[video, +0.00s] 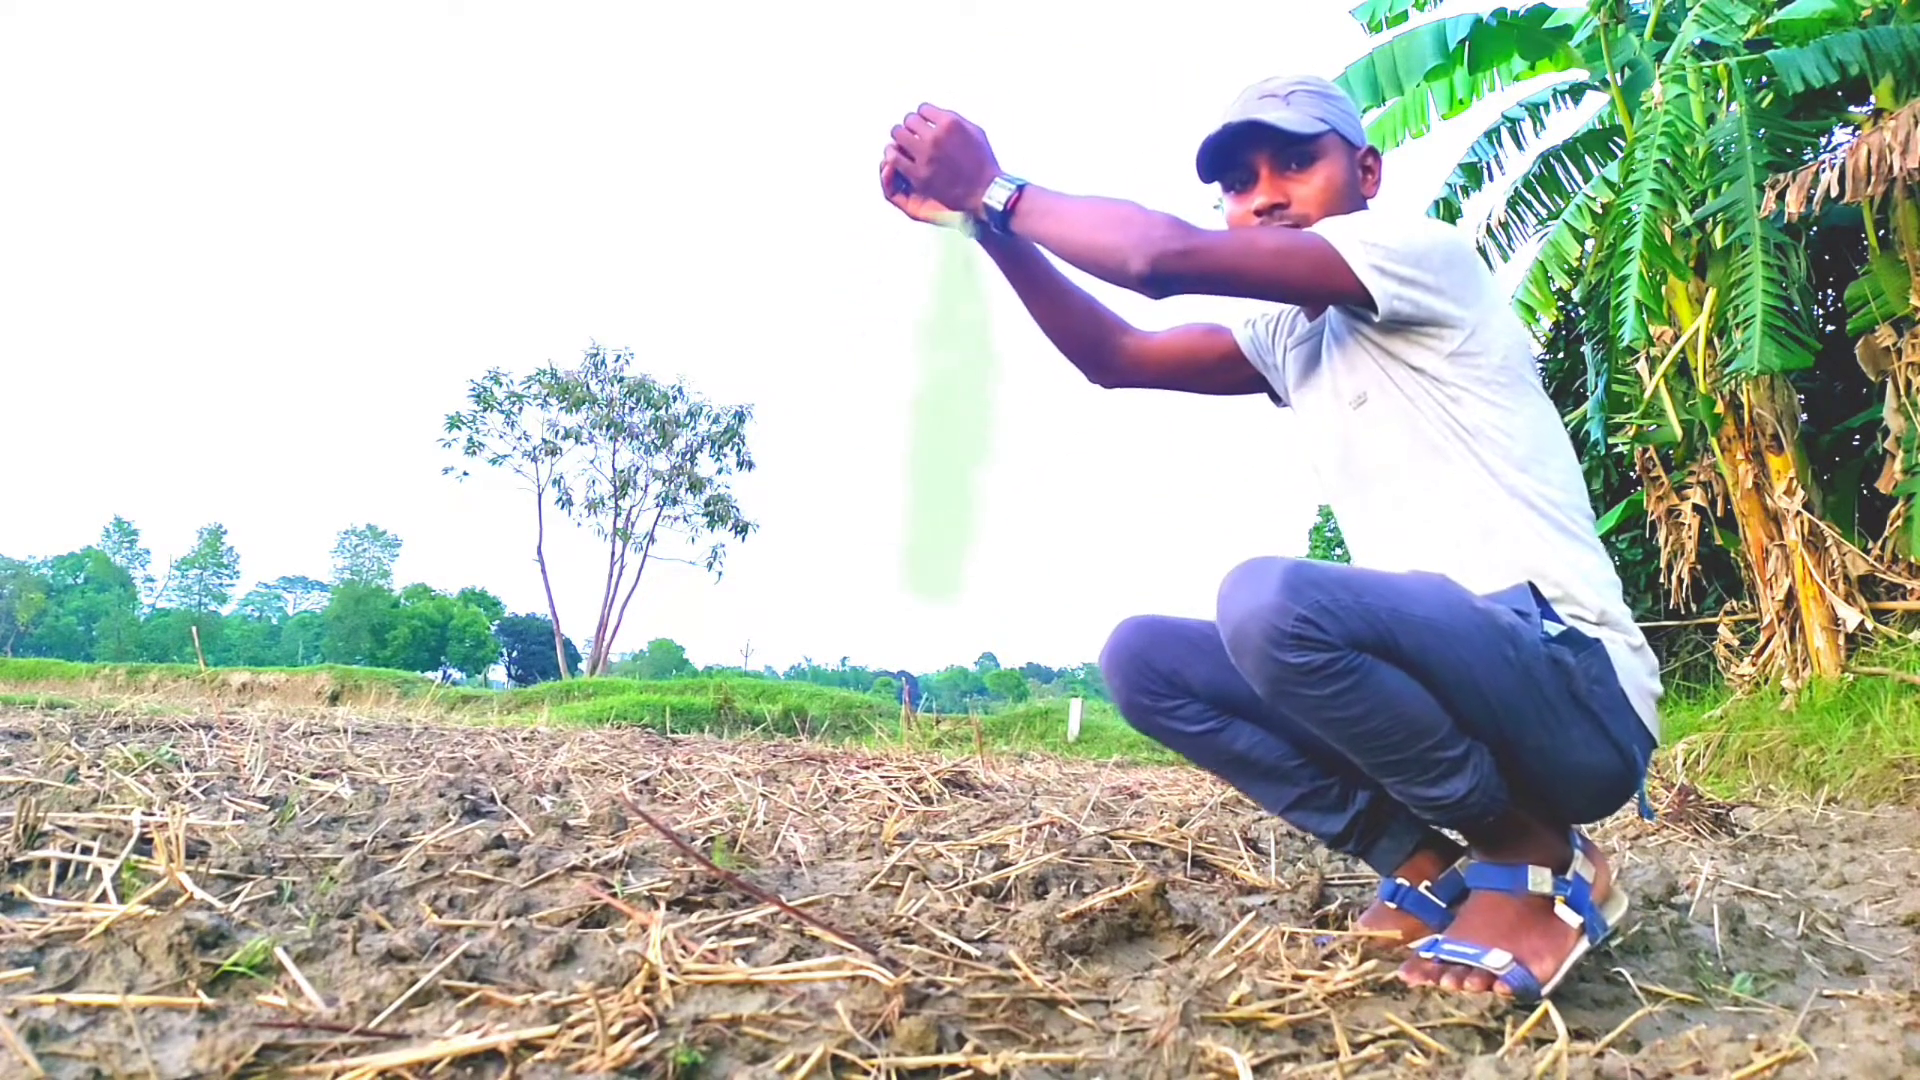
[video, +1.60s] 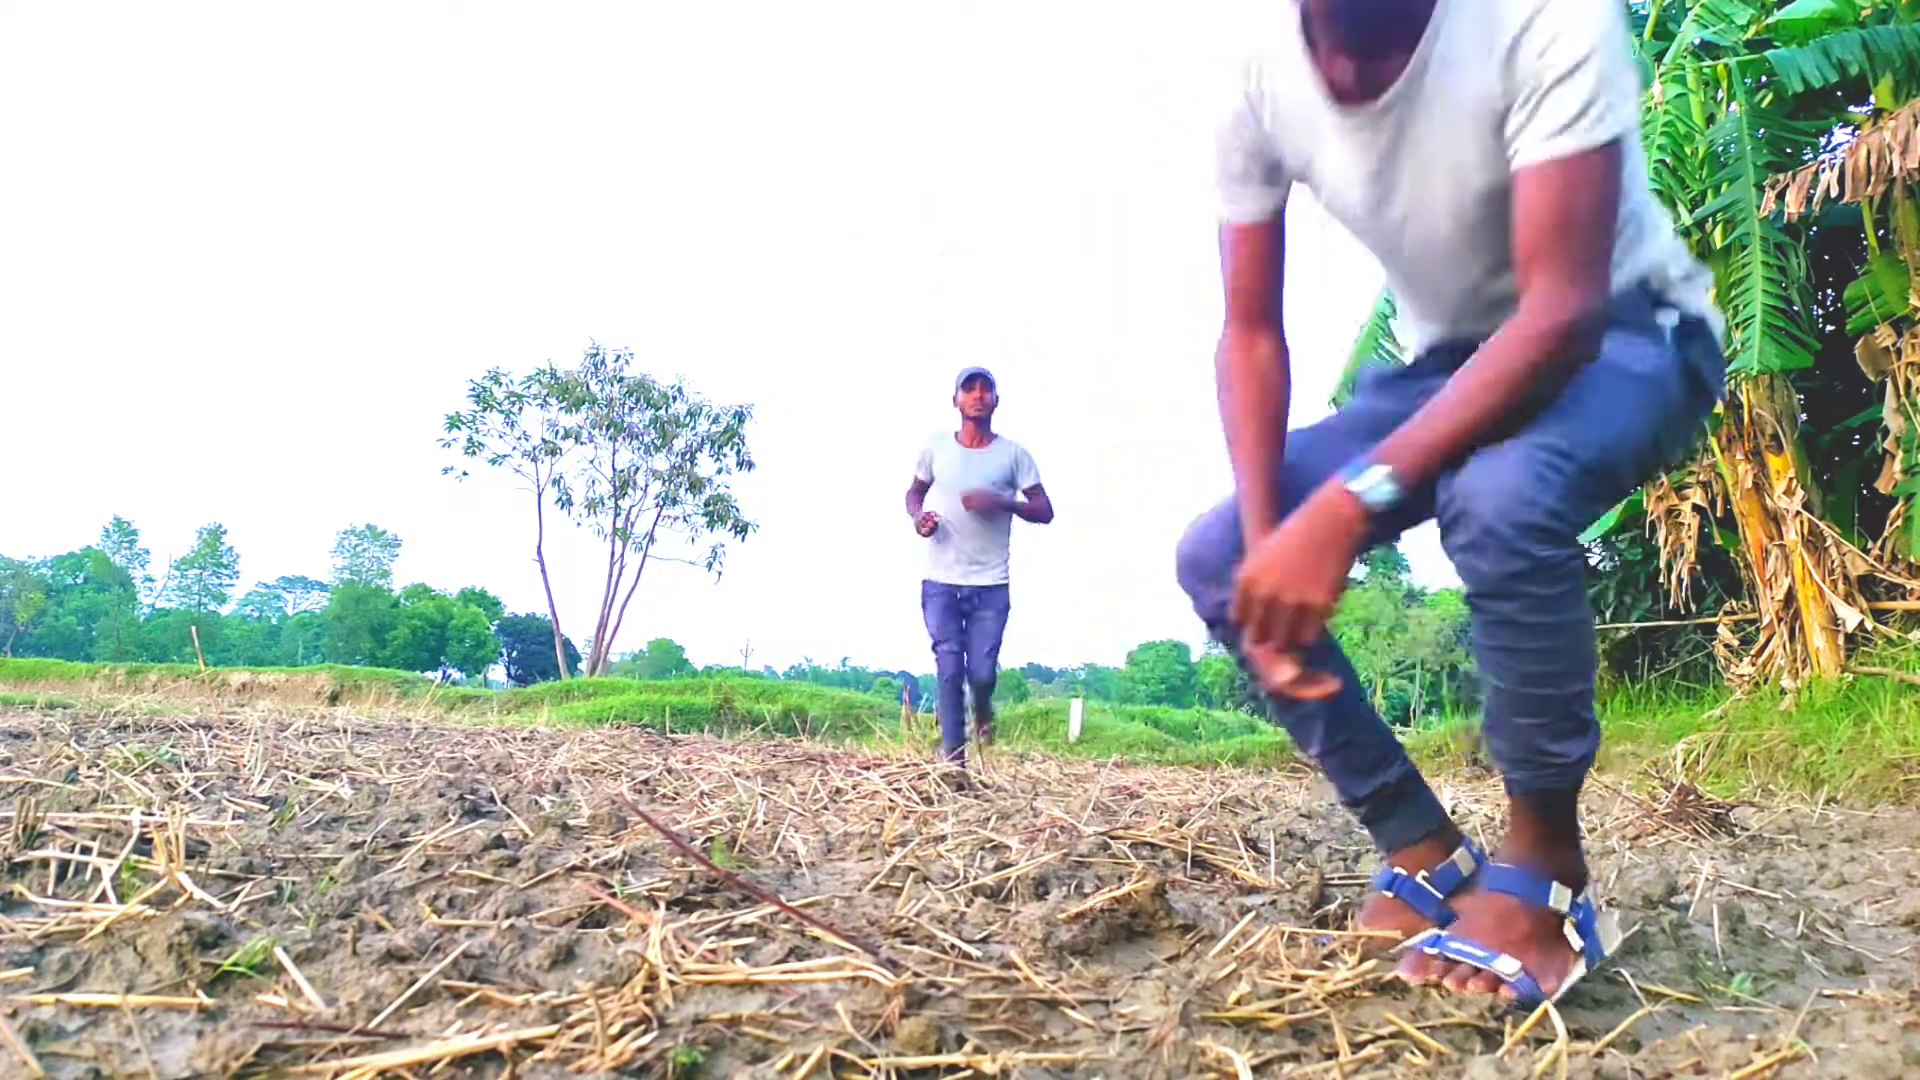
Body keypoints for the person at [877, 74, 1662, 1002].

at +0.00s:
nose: (1265, 196)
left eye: (1296, 160)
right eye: (1238, 183)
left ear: (1368, 172)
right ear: (1225, 205)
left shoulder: (1420, 257)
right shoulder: (1296, 335)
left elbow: (1163, 255)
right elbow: (1116, 357)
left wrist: (990, 192)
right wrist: (987, 219)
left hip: (1574, 682)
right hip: (1452, 695)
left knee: (1269, 604)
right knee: (1143, 659)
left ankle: (1530, 851)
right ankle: (1433, 858)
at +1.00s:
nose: (1275, 167)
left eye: (1309, 132)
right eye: (1247, 148)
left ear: (1379, 149)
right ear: (1231, 180)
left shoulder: (1443, 239)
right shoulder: (1295, 328)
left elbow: (1189, 278)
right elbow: (1116, 383)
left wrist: (1011, 212)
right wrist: (991, 257)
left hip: (1566, 670)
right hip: (1435, 684)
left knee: (1271, 611)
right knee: (1124, 681)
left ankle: (1520, 859)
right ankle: (1425, 854)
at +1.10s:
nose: (1281, 161)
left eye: (1313, 129)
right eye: (1252, 143)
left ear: (1381, 147)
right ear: (1235, 186)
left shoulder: (1459, 247)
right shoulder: (1301, 346)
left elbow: (1295, 397)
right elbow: (1179, 501)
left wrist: (1077, 386)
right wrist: (1041, 453)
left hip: (1567, 676)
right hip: (1434, 700)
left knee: (1268, 613)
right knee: (1122, 681)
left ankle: (1518, 859)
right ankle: (1415, 858)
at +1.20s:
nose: (1273, 168)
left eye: (1302, 136)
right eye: (1241, 150)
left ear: (1364, 151)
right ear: (1220, 190)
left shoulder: (1457, 259)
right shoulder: (1275, 369)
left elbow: (1387, 461)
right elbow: (1228, 554)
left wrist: (1147, 494)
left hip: (1573, 684)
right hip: (1420, 707)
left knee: (1278, 608)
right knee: (1122, 677)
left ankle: (1521, 859)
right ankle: (1411, 853)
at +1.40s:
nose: (1226, 163)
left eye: (1249, 120)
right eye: (1188, 144)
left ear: (1312, 112)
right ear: (1163, 176)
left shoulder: (1438, 205)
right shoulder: (1236, 323)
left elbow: (1496, 432)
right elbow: (1251, 520)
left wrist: (1227, 473)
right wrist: (1168, 578)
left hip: (1615, 606)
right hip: (1439, 632)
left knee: (1390, 528)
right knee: (1158, 629)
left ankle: (1529, 864)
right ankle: (1416, 860)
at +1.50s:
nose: (1247, 67)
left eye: (1272, 23)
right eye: (1207, 43)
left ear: (1337, 15)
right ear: (1175, 71)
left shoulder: (1479, 120)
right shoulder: (1226, 220)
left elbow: (1533, 378)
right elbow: (1249, 434)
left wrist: (1276, 469)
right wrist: (1193, 551)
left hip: (1626, 465)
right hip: (1426, 491)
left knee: (1445, 500)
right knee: (1187, 594)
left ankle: (1533, 864)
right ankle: (1426, 864)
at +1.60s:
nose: (1338, 73)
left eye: (1367, 48)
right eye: (1315, 44)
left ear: (1428, 12)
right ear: (1295, 11)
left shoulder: (1556, 28)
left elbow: (1561, 316)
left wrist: (1348, 507)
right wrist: (1264, 550)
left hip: (1634, 332)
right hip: (1449, 359)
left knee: (1500, 505)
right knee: (1220, 555)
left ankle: (1542, 876)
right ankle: (1429, 856)